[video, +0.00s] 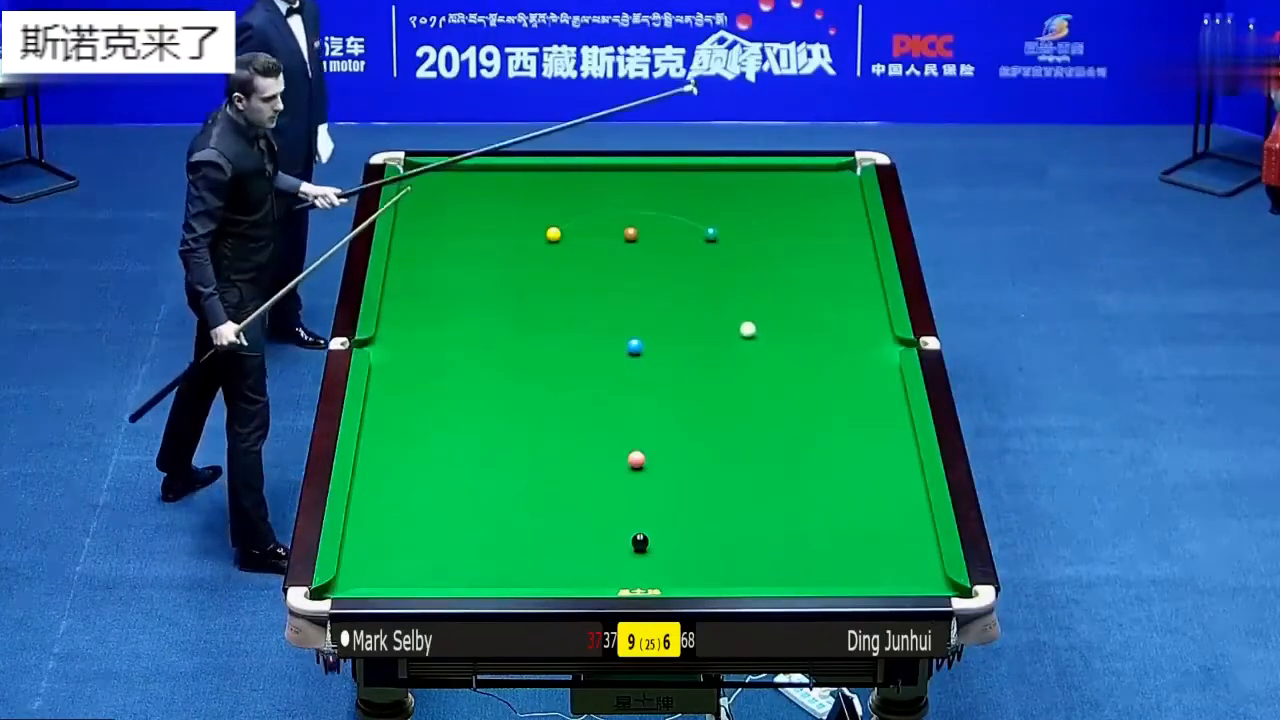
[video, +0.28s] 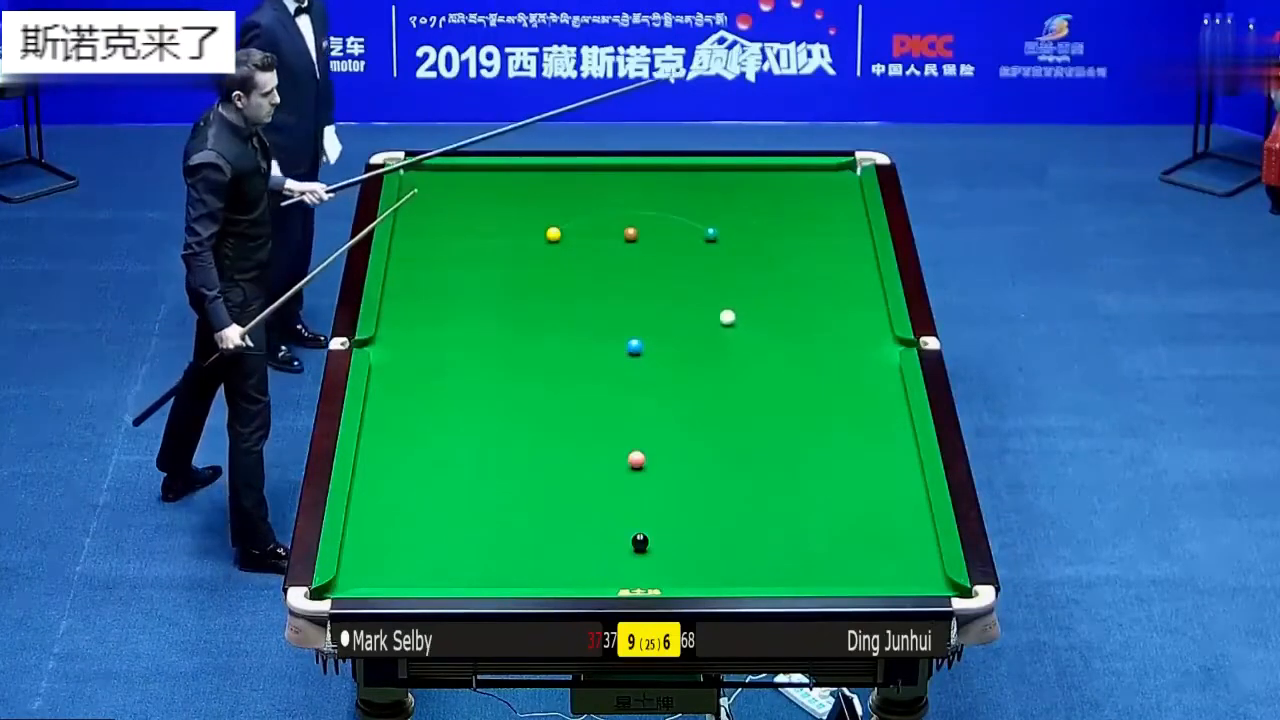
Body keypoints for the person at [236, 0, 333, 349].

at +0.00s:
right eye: (270, 97)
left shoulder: (308, 10)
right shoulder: (253, 24)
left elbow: (317, 72)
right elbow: (246, 94)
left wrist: (321, 125)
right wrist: (256, 144)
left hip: (302, 148)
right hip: (272, 153)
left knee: (295, 235)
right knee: (277, 238)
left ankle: (284, 317)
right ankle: (281, 320)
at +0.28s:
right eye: (270, 92)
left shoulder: (316, 10)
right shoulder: (261, 24)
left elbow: (323, 74)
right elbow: (246, 102)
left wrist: (327, 127)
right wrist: (265, 162)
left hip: (307, 152)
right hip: (277, 157)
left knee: (301, 243)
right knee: (278, 249)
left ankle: (291, 322)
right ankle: (269, 338)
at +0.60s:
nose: (321, 3)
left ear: (324, 2)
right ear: (292, 1)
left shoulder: (323, 27)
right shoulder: (282, 43)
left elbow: (329, 87)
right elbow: (290, 100)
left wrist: (343, 129)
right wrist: (328, 128)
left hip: (322, 164)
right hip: (294, 171)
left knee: (302, 264)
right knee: (309, 272)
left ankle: (307, 359)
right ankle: (304, 378)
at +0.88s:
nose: (331, 9)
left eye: (335, 3)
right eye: (322, 3)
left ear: (337, 5)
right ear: (299, 6)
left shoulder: (319, 40)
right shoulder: (292, 53)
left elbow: (326, 103)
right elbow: (309, 103)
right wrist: (347, 129)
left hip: (319, 180)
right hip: (301, 185)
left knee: (311, 268)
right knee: (311, 282)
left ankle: (283, 317)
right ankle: (304, 380)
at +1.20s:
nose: (339, 15)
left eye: (341, 8)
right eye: (329, 9)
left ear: (344, 10)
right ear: (304, 12)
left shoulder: (324, 48)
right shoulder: (294, 60)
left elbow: (328, 113)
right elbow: (298, 124)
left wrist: (356, 136)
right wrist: (349, 143)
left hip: (322, 187)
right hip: (303, 191)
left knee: (310, 275)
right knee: (310, 285)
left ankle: (288, 333)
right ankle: (303, 380)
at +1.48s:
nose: (344, 12)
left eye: (346, 5)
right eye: (336, 5)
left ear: (342, 8)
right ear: (309, 8)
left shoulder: (329, 43)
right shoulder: (295, 56)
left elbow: (339, 93)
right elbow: (295, 126)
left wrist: (366, 117)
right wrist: (354, 144)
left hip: (325, 183)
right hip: (303, 187)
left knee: (316, 279)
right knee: (305, 284)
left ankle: (313, 369)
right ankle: (301, 381)